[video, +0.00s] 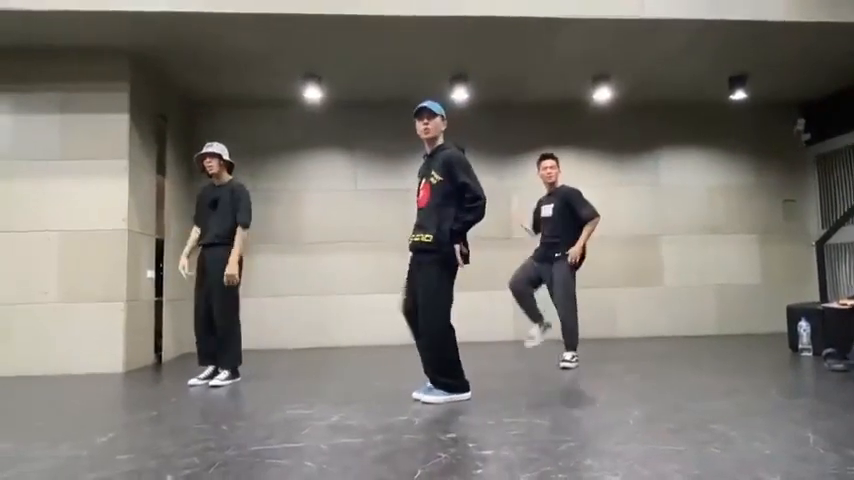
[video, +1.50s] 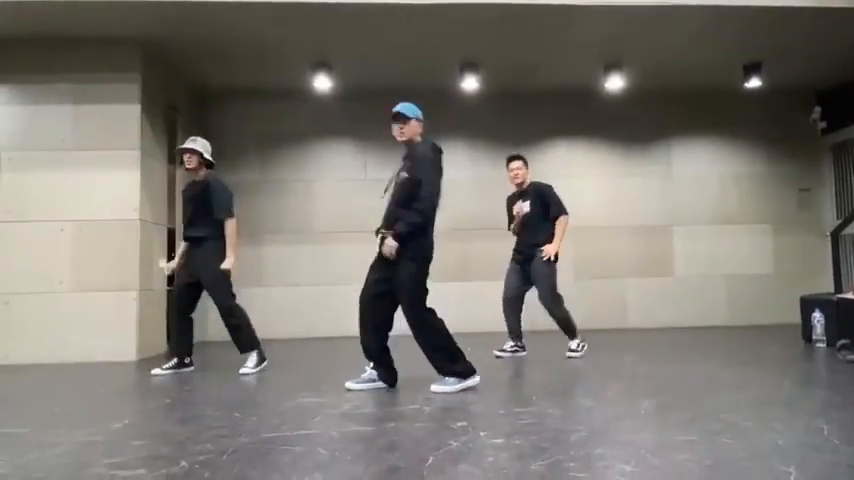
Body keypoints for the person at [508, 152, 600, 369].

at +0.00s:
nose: (549, 172)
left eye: (552, 167)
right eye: (545, 168)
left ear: (559, 170)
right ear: (539, 173)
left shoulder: (570, 194)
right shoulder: (542, 202)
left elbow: (593, 218)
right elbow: (539, 231)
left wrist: (579, 246)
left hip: (562, 258)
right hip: (541, 257)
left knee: (565, 305)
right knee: (517, 284)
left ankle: (570, 352)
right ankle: (540, 324)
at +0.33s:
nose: (546, 168)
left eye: (550, 164)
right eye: (542, 165)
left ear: (556, 168)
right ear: (536, 170)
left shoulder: (568, 192)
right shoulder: (537, 199)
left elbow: (592, 216)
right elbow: (533, 226)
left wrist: (579, 245)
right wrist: (551, 213)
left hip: (563, 254)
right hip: (540, 254)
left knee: (564, 301)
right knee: (514, 288)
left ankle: (573, 349)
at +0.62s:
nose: (539, 167)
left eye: (543, 163)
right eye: (535, 164)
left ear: (549, 168)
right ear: (530, 169)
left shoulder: (561, 194)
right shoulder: (524, 195)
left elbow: (583, 221)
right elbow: (518, 220)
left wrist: (571, 246)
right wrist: (541, 205)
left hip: (556, 256)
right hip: (531, 258)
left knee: (565, 303)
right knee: (521, 302)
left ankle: (577, 348)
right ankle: (517, 346)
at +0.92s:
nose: (515, 175)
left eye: (519, 171)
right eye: (511, 172)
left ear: (526, 173)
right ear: (506, 178)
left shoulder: (543, 196)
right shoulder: (509, 203)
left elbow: (561, 225)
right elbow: (507, 233)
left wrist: (553, 250)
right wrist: (519, 222)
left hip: (539, 256)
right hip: (517, 259)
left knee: (544, 301)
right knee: (507, 301)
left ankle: (574, 343)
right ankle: (513, 347)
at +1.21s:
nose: (509, 169)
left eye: (513, 165)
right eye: (506, 166)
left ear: (522, 168)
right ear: (502, 171)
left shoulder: (533, 184)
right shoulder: (505, 197)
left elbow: (549, 211)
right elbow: (505, 227)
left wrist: (542, 239)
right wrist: (508, 209)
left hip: (532, 246)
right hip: (514, 249)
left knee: (528, 295)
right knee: (508, 296)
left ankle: (564, 331)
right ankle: (515, 343)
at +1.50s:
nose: (516, 173)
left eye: (519, 168)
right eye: (512, 170)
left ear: (527, 171)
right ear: (508, 174)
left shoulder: (542, 190)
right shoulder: (512, 200)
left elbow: (563, 217)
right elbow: (514, 230)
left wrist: (555, 245)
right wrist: (518, 219)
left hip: (542, 253)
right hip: (520, 256)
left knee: (548, 297)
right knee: (510, 298)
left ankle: (574, 339)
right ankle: (516, 342)